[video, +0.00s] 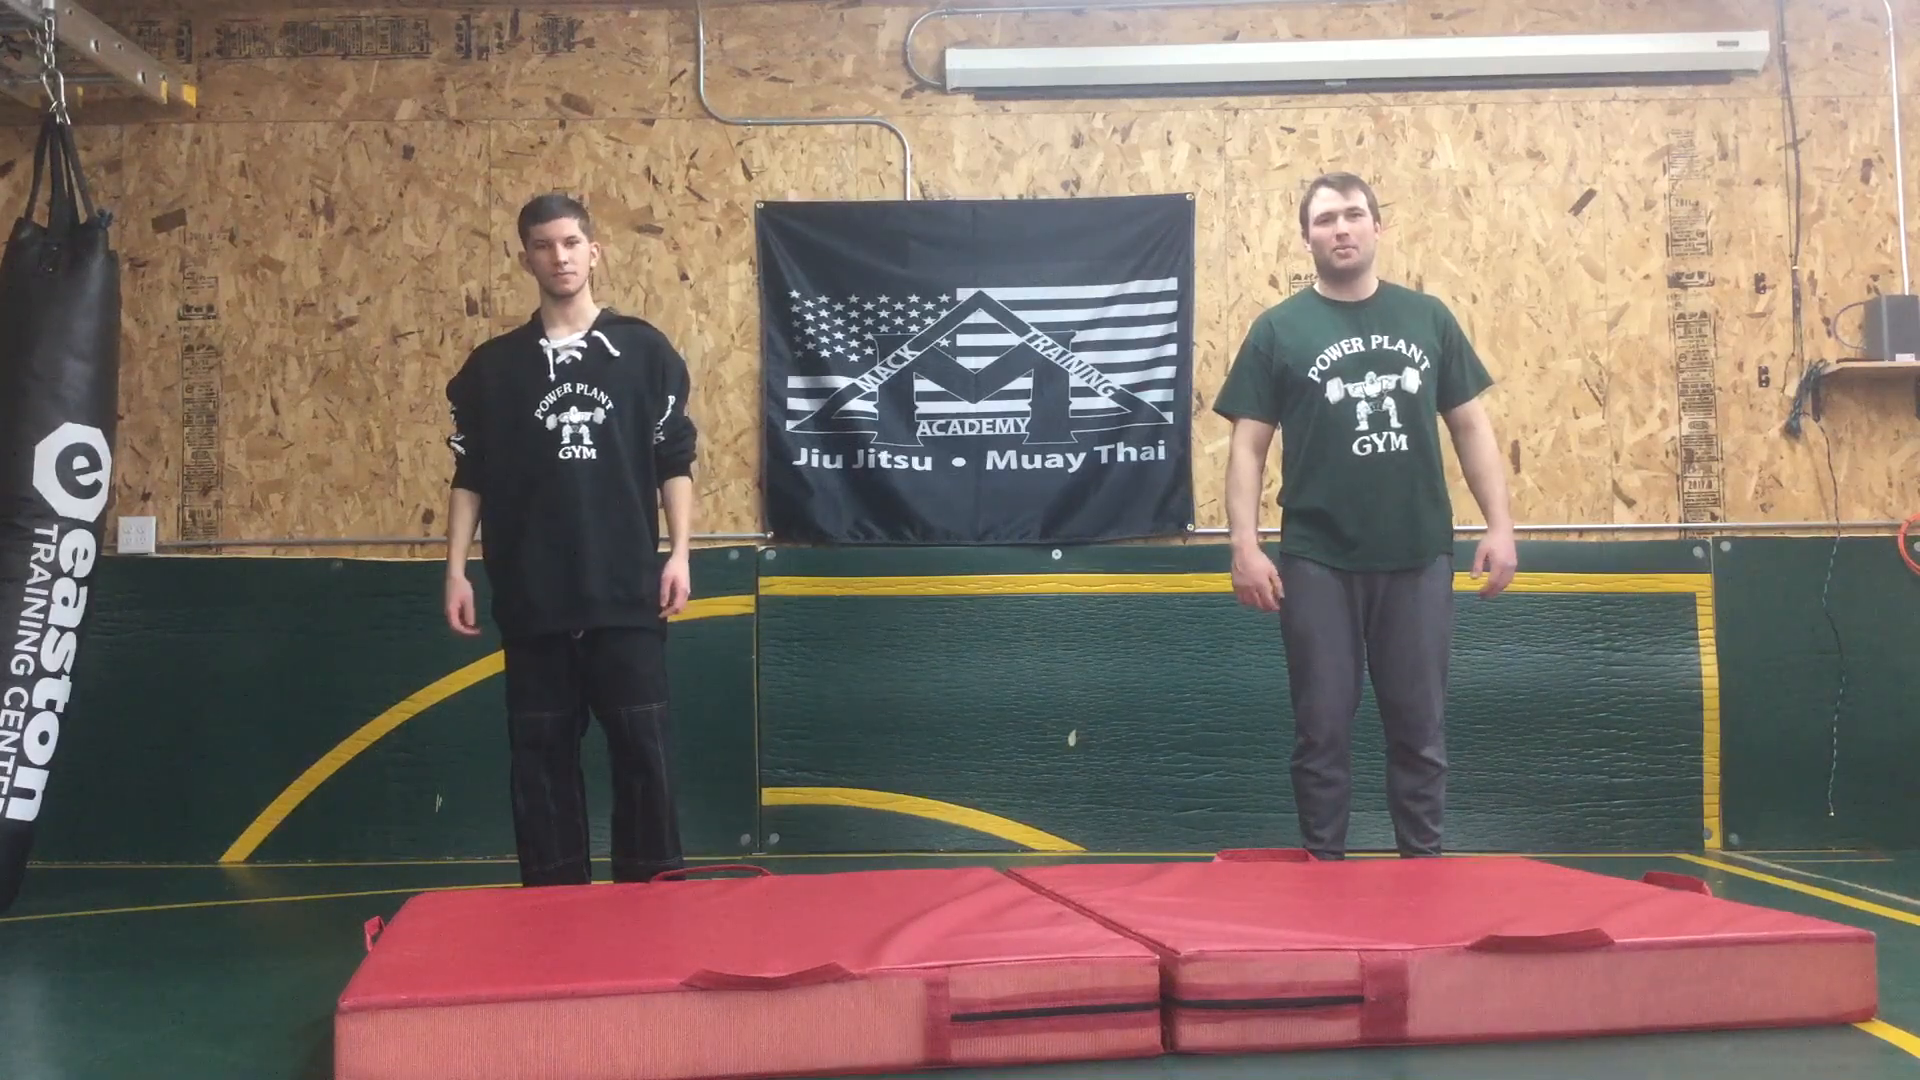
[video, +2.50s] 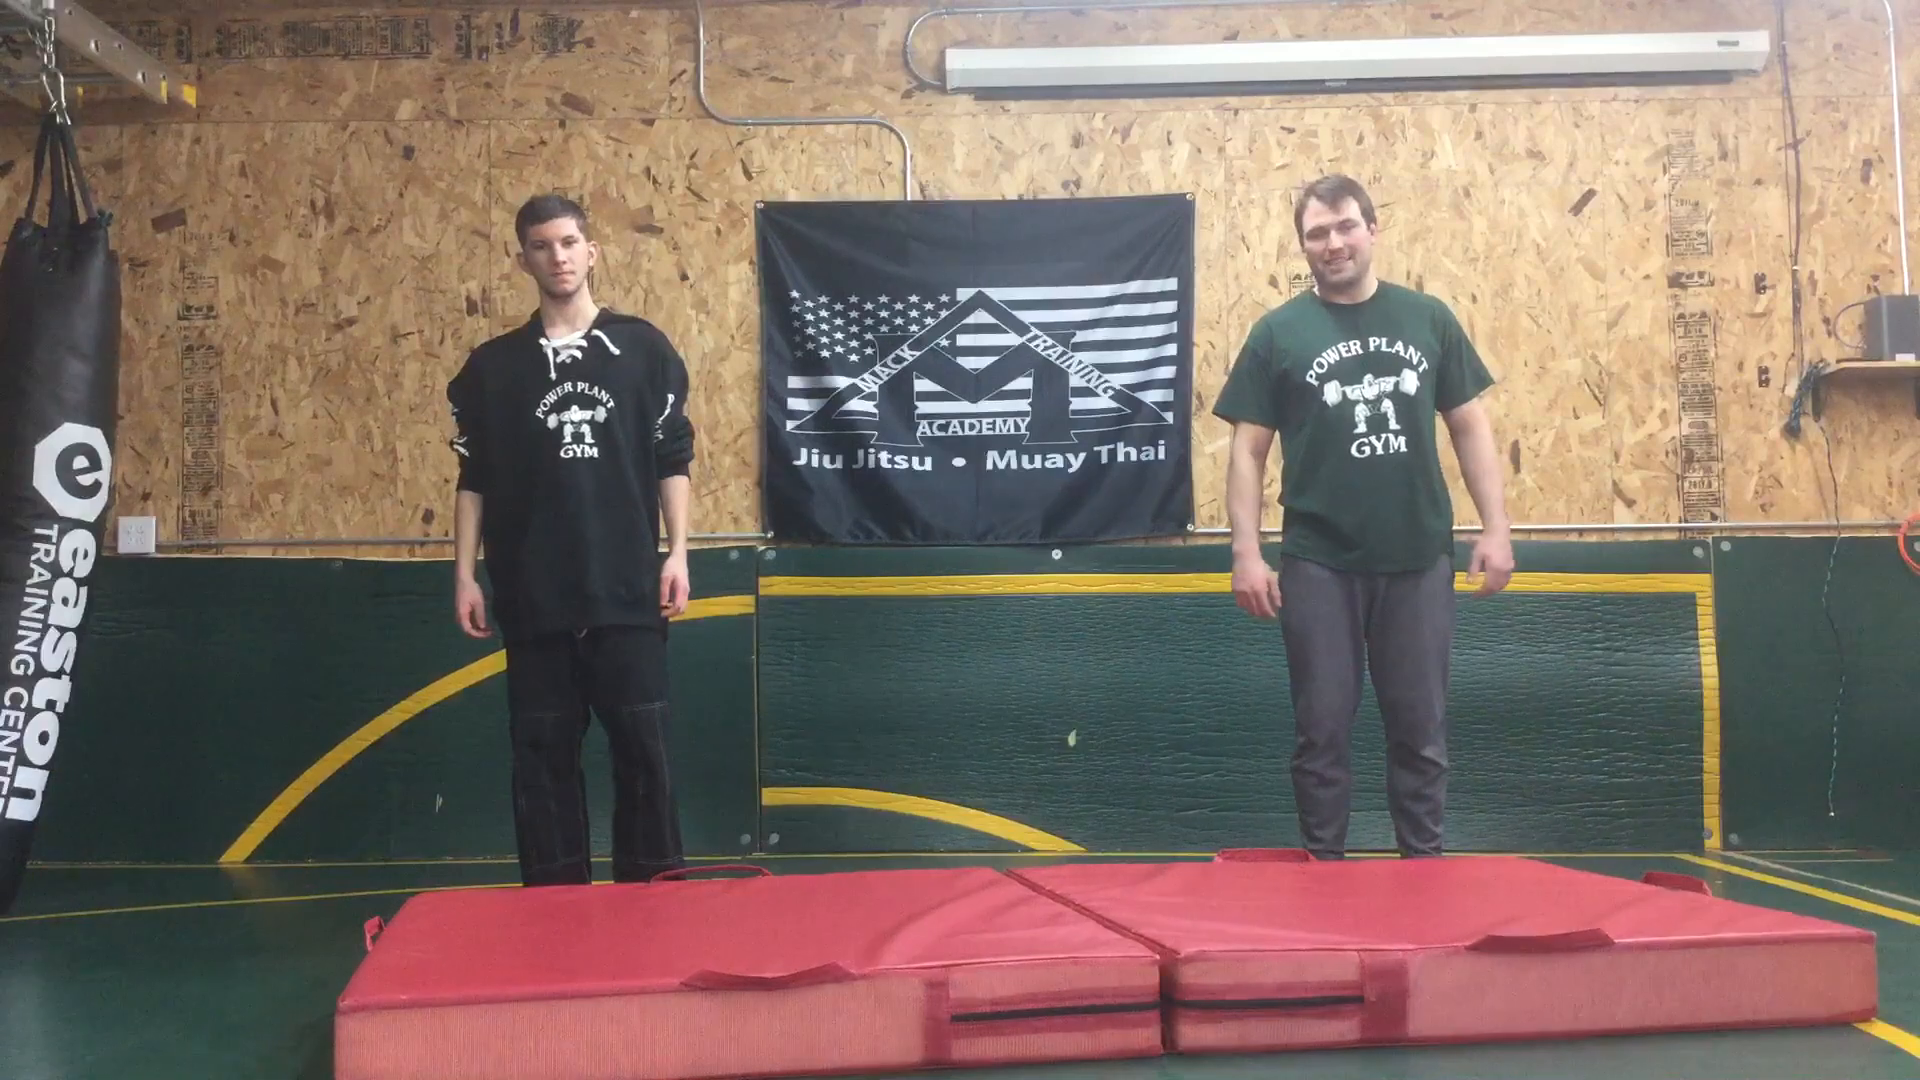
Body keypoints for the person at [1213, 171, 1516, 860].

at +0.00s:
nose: (1342, 228)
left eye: (1353, 215)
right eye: (1326, 220)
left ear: (1377, 228)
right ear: (1307, 239)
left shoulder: (1427, 317)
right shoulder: (1278, 330)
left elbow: (1469, 425)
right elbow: (1248, 445)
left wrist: (1500, 525)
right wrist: (1244, 546)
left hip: (1417, 554)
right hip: (1317, 557)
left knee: (1419, 726)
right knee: (1323, 725)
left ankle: (1423, 869)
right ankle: (1324, 872)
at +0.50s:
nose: (1340, 229)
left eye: (1351, 216)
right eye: (1324, 221)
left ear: (1377, 228)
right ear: (1306, 240)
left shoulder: (1426, 317)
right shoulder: (1278, 330)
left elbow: (1468, 424)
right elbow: (1248, 445)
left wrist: (1501, 525)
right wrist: (1248, 545)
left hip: (1417, 554)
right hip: (1317, 556)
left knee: (1419, 725)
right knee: (1322, 723)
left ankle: (1423, 869)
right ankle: (1323, 870)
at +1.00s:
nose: (1336, 230)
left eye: (1348, 217)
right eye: (1320, 222)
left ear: (1376, 229)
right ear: (1304, 241)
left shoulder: (1428, 318)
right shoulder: (1278, 331)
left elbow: (1468, 426)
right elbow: (1249, 446)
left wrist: (1497, 525)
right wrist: (1249, 547)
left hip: (1417, 555)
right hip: (1317, 557)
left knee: (1419, 726)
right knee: (1322, 725)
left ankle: (1423, 870)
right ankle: (1324, 871)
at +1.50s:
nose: (1328, 236)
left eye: (1341, 221)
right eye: (1313, 227)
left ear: (1372, 229)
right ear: (1300, 243)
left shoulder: (1426, 317)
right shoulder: (1277, 332)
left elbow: (1470, 424)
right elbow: (1247, 447)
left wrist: (1502, 522)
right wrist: (1248, 545)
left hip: (1417, 554)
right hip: (1317, 556)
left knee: (1419, 724)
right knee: (1322, 723)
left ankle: (1423, 868)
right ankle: (1323, 869)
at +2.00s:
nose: (1328, 243)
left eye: (1340, 226)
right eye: (1312, 233)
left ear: (1370, 230)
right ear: (1299, 246)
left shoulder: (1428, 317)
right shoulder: (1276, 334)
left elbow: (1474, 416)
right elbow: (1246, 443)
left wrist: (1501, 500)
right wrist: (1255, 523)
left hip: (1418, 559)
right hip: (1318, 561)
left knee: (1419, 728)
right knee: (1322, 727)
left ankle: (1423, 869)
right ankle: (1323, 871)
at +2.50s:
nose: (1333, 243)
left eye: (1344, 227)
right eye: (1317, 234)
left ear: (1373, 230)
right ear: (1302, 246)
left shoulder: (1428, 320)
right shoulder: (1277, 335)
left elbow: (1468, 425)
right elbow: (1248, 451)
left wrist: (1496, 527)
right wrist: (1246, 552)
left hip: (1417, 557)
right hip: (1317, 559)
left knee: (1419, 729)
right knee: (1322, 727)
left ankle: (1423, 871)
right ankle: (1322, 873)